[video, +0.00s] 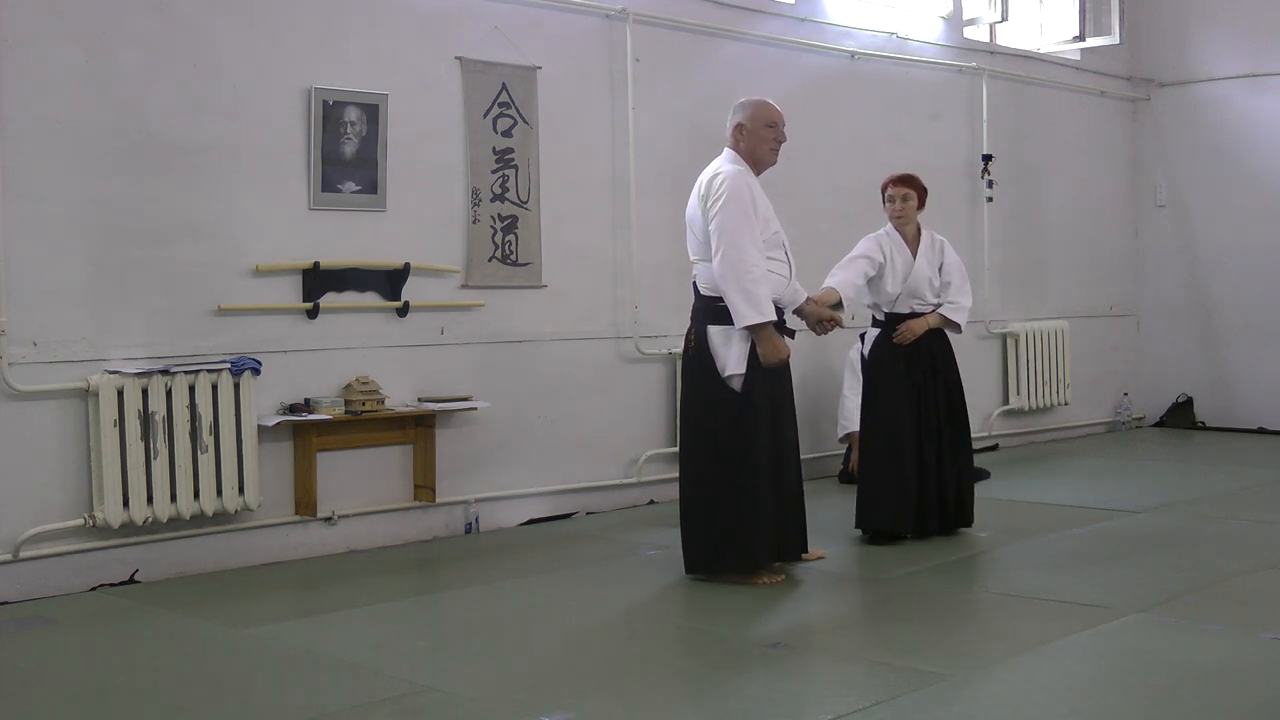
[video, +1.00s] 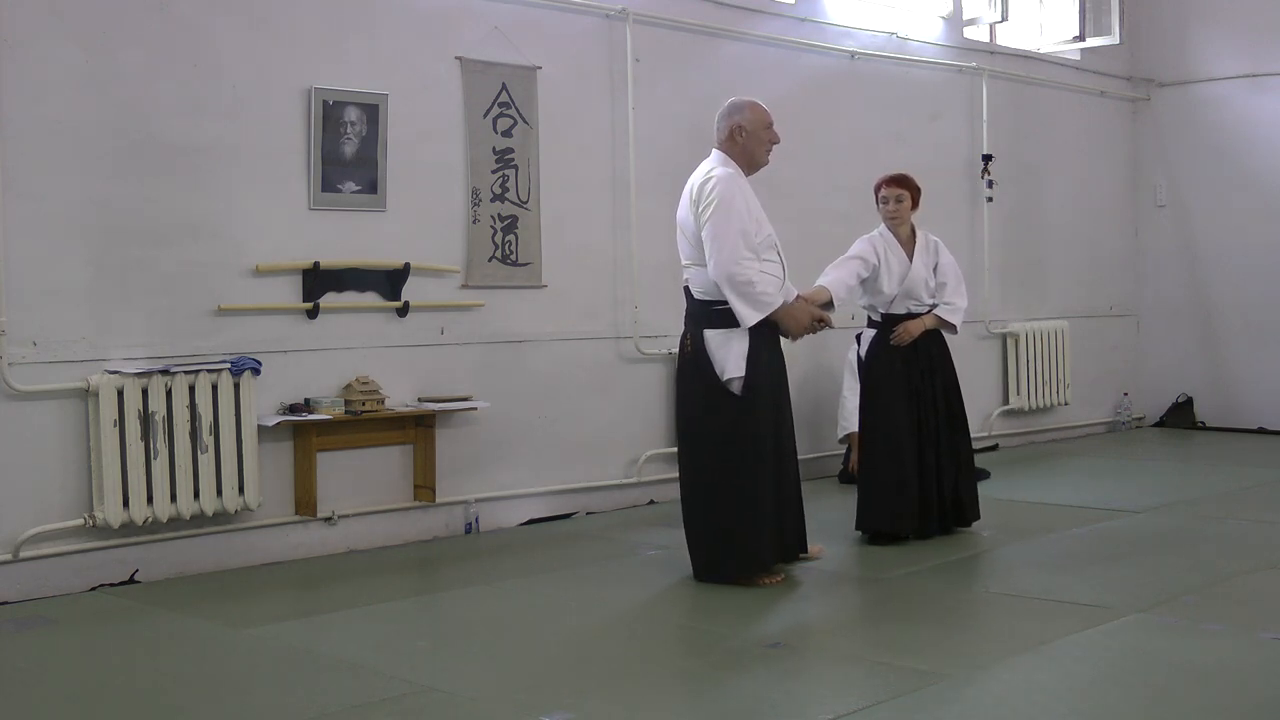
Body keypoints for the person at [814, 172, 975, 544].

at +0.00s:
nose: (898, 206)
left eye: (905, 199)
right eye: (891, 200)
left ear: (920, 203)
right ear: (884, 206)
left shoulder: (939, 246)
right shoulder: (876, 245)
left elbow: (959, 299)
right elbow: (848, 275)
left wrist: (925, 322)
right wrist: (820, 302)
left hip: (931, 344)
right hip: (889, 346)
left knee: (938, 427)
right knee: (892, 432)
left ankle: (940, 516)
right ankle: (890, 521)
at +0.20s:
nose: (896, 205)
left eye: (905, 199)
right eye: (890, 200)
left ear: (920, 204)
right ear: (883, 206)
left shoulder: (937, 245)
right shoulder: (875, 245)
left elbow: (958, 298)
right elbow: (846, 277)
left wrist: (925, 322)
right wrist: (815, 302)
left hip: (932, 345)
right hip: (889, 347)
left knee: (939, 427)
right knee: (893, 432)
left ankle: (943, 516)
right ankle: (893, 520)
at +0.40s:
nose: (895, 205)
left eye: (903, 198)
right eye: (888, 200)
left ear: (917, 204)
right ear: (881, 206)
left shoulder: (936, 245)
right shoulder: (874, 246)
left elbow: (957, 298)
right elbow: (844, 276)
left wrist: (924, 323)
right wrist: (812, 301)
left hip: (930, 345)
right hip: (888, 347)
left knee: (938, 427)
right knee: (893, 432)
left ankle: (943, 515)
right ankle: (893, 521)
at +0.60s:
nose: (893, 206)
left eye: (901, 199)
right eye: (886, 200)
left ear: (916, 204)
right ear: (880, 206)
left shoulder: (934, 246)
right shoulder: (872, 246)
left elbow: (955, 299)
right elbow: (843, 276)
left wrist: (923, 323)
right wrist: (810, 299)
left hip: (929, 344)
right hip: (886, 347)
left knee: (937, 427)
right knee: (891, 432)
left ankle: (941, 515)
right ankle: (892, 521)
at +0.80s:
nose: (892, 207)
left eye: (900, 200)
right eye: (885, 201)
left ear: (915, 204)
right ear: (878, 207)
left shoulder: (933, 247)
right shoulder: (872, 247)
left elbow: (954, 300)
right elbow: (842, 276)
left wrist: (922, 323)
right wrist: (809, 299)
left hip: (928, 344)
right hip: (886, 346)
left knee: (936, 427)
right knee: (891, 432)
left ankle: (941, 515)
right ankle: (892, 521)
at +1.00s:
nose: (892, 208)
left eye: (899, 200)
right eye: (884, 202)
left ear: (914, 204)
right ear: (878, 207)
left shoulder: (932, 246)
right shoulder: (871, 247)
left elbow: (954, 299)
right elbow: (843, 275)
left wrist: (922, 323)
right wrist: (810, 299)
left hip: (928, 344)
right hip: (886, 347)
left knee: (936, 427)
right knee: (891, 432)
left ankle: (940, 514)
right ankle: (892, 520)